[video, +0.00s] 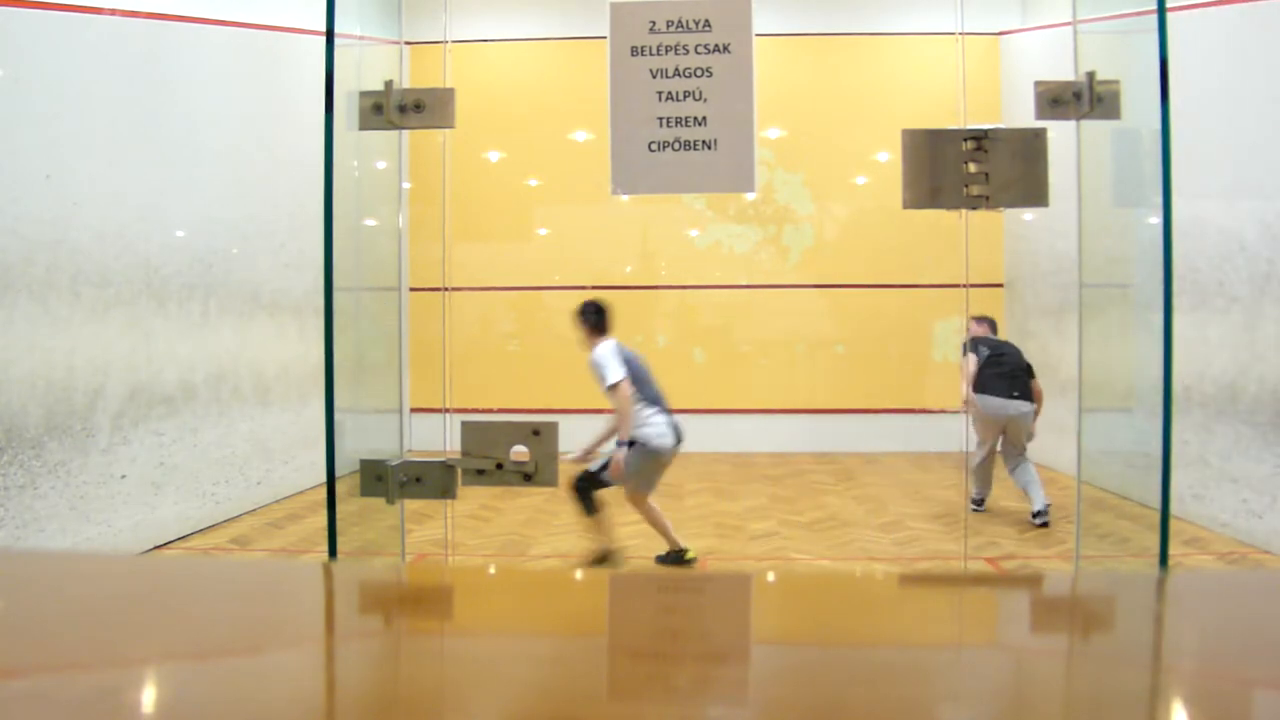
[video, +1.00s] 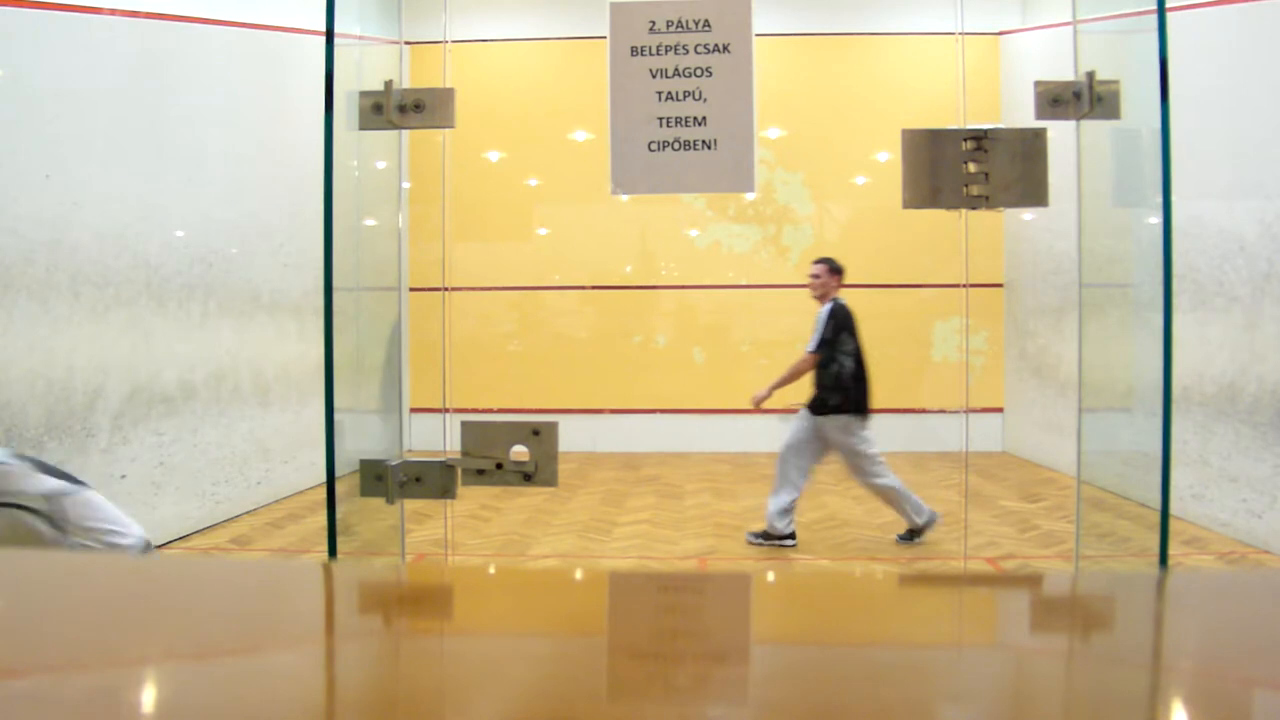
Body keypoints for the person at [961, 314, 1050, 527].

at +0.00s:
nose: (968, 332)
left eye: (971, 328)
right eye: (969, 328)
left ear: (982, 327)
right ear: (993, 330)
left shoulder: (974, 343)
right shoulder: (1014, 350)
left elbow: (972, 363)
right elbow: (1036, 390)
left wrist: (967, 393)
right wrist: (1032, 420)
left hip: (988, 401)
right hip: (1023, 406)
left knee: (984, 449)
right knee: (1016, 455)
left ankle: (979, 496)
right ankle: (1040, 505)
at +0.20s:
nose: (955, 321)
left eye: (957, 315)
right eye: (954, 316)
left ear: (973, 314)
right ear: (980, 317)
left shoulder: (969, 335)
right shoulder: (1004, 337)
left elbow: (974, 363)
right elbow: (1036, 370)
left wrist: (970, 403)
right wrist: (1050, 403)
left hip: (989, 403)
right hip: (1020, 407)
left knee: (957, 445)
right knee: (1021, 456)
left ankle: (959, 503)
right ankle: (1039, 509)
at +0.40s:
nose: (925, 303)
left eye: (929, 297)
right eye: (925, 297)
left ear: (947, 298)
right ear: (949, 300)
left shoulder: (940, 324)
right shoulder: (977, 325)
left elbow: (940, 365)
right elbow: (1009, 355)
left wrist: (927, 408)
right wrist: (1027, 389)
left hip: (956, 407)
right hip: (989, 409)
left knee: (922, 461)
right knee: (1002, 455)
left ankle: (930, 525)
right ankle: (1036, 509)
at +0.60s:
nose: (890, 285)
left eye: (895, 280)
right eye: (891, 280)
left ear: (915, 284)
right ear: (914, 285)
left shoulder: (910, 314)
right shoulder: (936, 313)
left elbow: (890, 364)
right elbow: (958, 353)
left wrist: (864, 405)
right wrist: (974, 383)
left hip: (925, 398)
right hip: (946, 398)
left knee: (902, 467)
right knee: (930, 458)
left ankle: (929, 528)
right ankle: (973, 506)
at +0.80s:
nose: (854, 277)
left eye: (860, 271)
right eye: (854, 271)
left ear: (878, 275)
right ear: (874, 277)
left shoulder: (875, 306)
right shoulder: (892, 305)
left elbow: (855, 354)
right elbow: (910, 344)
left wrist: (817, 386)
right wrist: (902, 379)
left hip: (892, 397)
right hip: (881, 398)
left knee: (900, 467)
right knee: (848, 451)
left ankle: (929, 526)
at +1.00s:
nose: (811, 282)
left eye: (816, 277)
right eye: (810, 277)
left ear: (835, 280)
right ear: (824, 282)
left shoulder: (834, 312)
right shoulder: (832, 312)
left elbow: (813, 359)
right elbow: (837, 366)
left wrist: (770, 389)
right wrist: (813, 402)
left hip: (842, 411)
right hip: (822, 410)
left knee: (871, 471)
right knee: (791, 458)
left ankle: (921, 518)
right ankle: (780, 528)